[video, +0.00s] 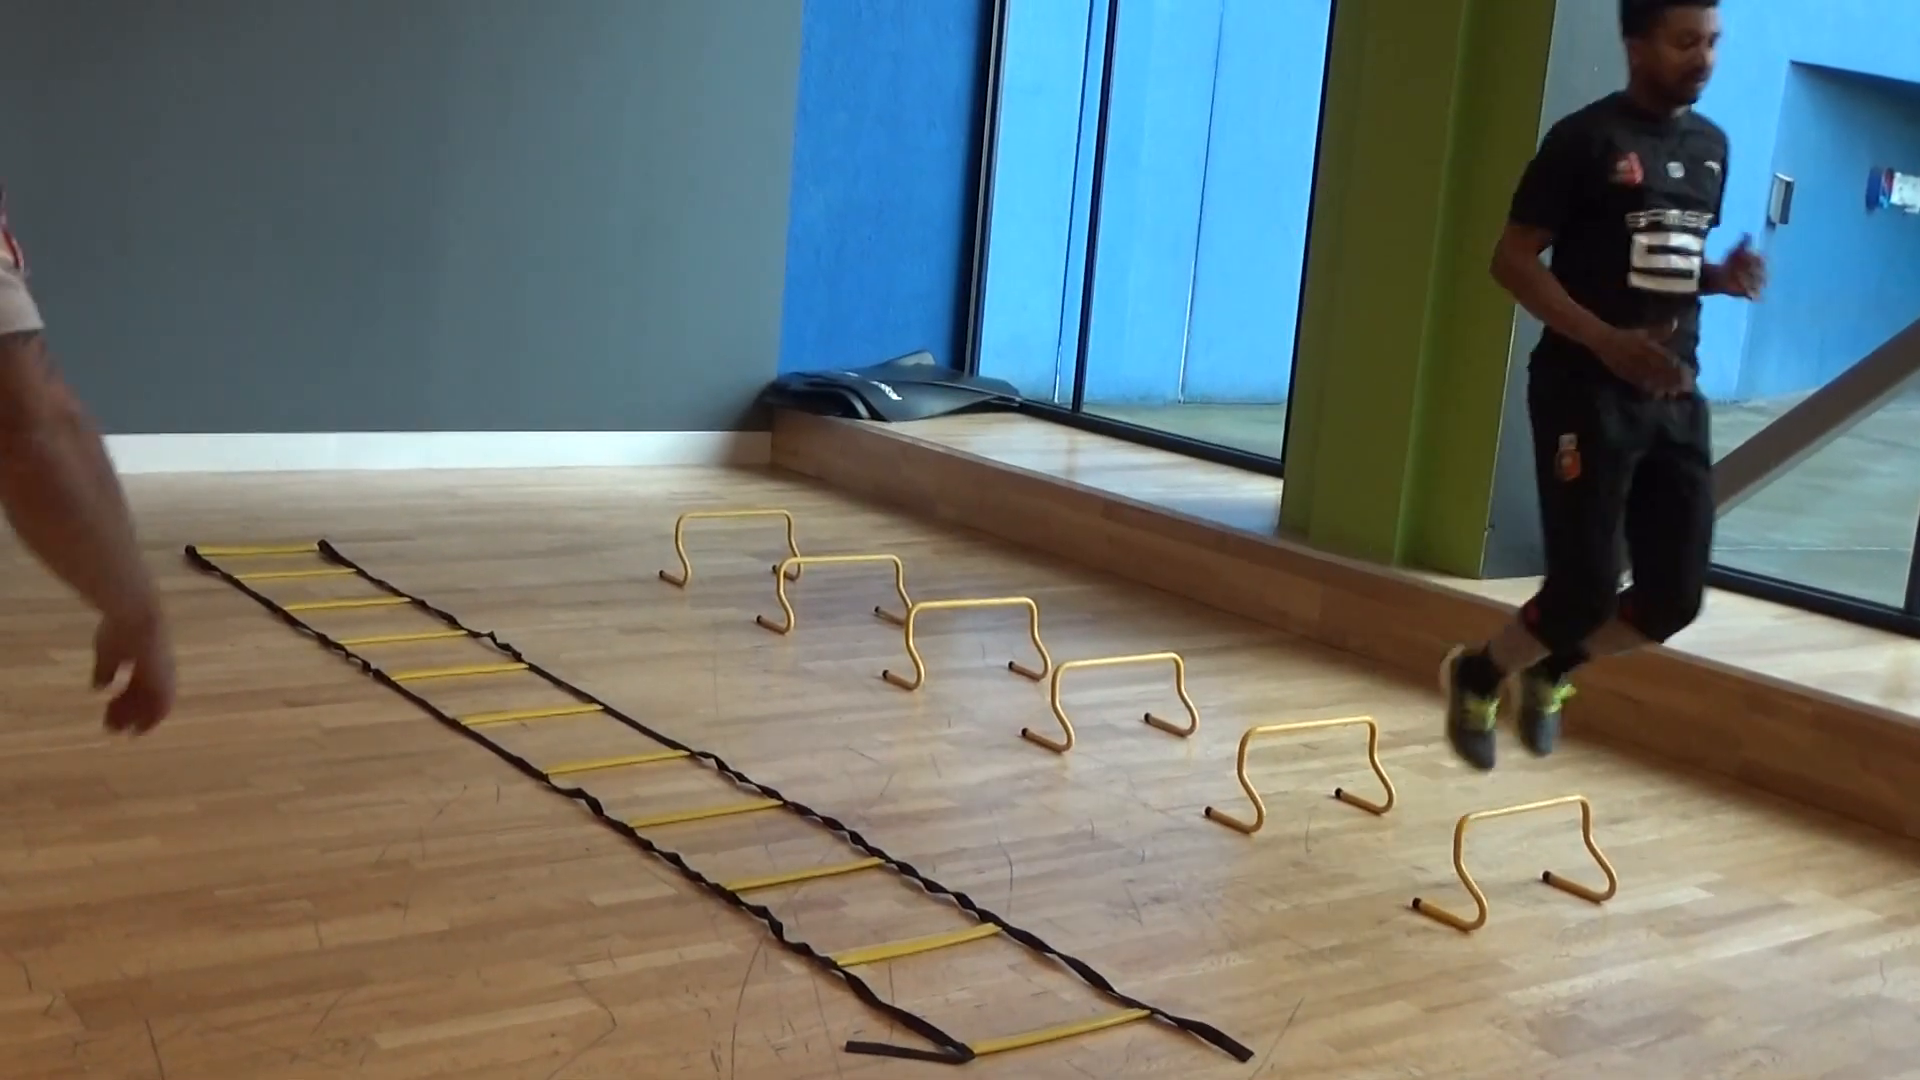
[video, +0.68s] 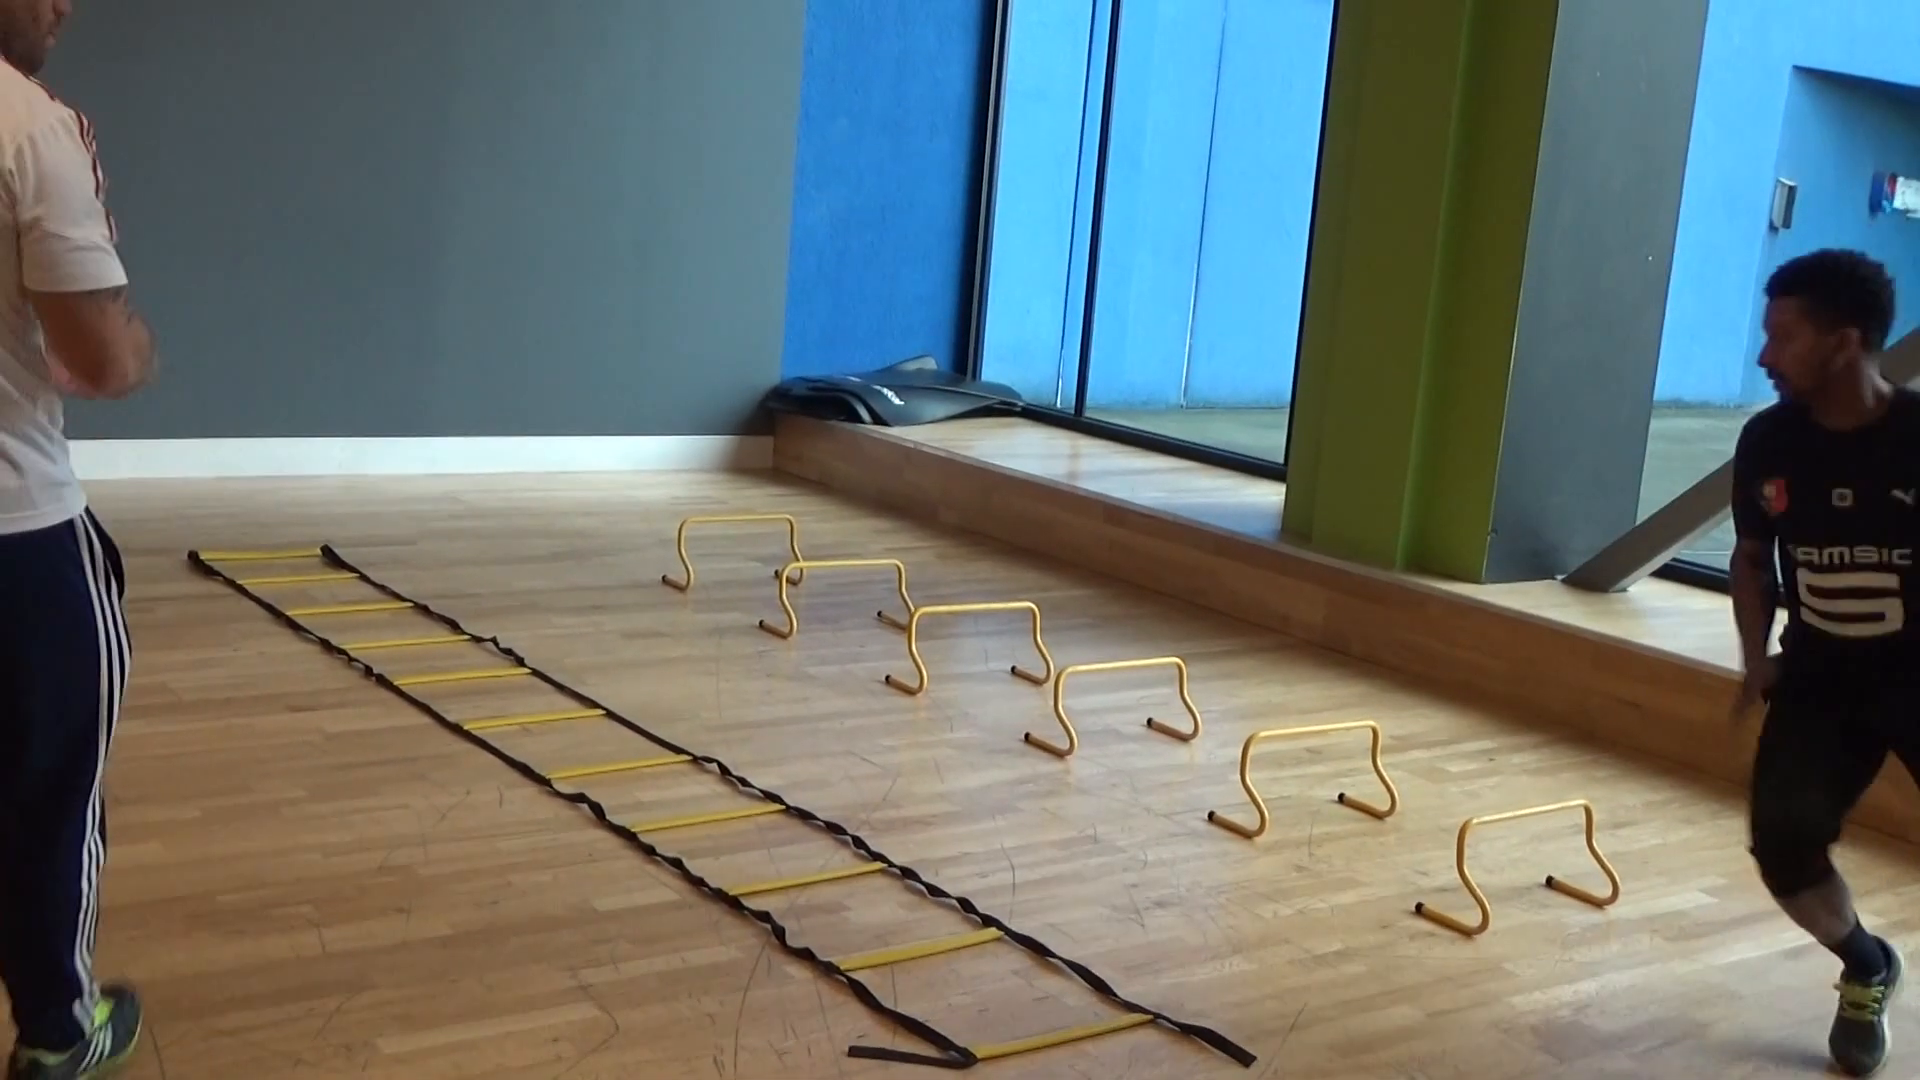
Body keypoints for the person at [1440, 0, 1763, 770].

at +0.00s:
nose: (1705, 58)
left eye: (1712, 42)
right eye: (1687, 41)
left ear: (1718, 43)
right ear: (1636, 46)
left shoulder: (1710, 147)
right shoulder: (1583, 141)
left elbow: (1664, 265)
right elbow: (1510, 261)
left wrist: (1721, 277)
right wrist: (1605, 338)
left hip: (1674, 392)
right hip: (1584, 387)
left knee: (1672, 597)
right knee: (1582, 593)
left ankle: (1550, 672)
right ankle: (1478, 672)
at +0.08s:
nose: (1768, 40)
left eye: (1776, 24)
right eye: (1750, 22)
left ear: (1782, 29)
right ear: (1699, 22)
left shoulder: (1764, 128)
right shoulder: (1635, 118)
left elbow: (1719, 246)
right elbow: (1528, 222)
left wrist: (1770, 318)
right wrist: (1582, 329)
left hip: (1715, 381)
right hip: (1625, 378)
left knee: (1734, 582)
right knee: (1639, 582)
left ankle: (1628, 671)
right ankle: (1539, 657)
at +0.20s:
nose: (1847, 71)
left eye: (1859, 55)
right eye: (1830, 50)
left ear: (1867, 60)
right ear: (1781, 44)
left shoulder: (1849, 151)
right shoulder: (1707, 130)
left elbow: (1801, 239)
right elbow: (1567, 182)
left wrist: (1823, 318)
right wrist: (1597, 312)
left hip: (1769, 410)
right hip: (1672, 400)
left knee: (1789, 620)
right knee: (1707, 615)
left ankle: (1753, 811)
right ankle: (1667, 808)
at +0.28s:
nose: (1872, 131)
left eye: (1889, 115)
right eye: (1856, 110)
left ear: (1905, 119)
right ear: (1817, 104)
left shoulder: (1894, 212)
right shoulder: (1748, 184)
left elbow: (1846, 290)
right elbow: (1602, 217)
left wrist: (1861, 362)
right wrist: (1627, 359)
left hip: (1803, 466)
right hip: (1706, 455)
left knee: (1810, 690)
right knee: (1748, 684)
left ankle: (1792, 897)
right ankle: (1762, 906)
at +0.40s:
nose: (1865, 238)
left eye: (1884, 222)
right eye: (1850, 220)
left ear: (1911, 231)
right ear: (1827, 224)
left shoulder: (1914, 340)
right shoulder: (1768, 328)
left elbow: (1905, 468)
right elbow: (1666, 429)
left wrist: (1915, 547)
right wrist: (1706, 561)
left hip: (1869, 593)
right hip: (1767, 593)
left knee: (1912, 790)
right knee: (1841, 791)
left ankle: (1803, 899)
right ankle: (1820, 978)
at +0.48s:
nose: (1845, 286)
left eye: (1869, 269)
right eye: (1836, 267)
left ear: (1915, 277)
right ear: (1824, 270)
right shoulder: (1786, 374)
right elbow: (1715, 502)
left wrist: (1910, 579)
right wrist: (1834, 569)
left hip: (1893, 630)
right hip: (1783, 627)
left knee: (1916, 795)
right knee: (1871, 811)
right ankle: (1823, 982)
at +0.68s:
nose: (1765, 350)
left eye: (1782, 333)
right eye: (1767, 332)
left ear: (1846, 340)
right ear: (1825, 341)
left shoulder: (1916, 427)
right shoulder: (1767, 439)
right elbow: (1753, 557)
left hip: (1915, 674)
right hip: (1822, 676)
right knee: (1784, 852)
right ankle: (1868, 966)